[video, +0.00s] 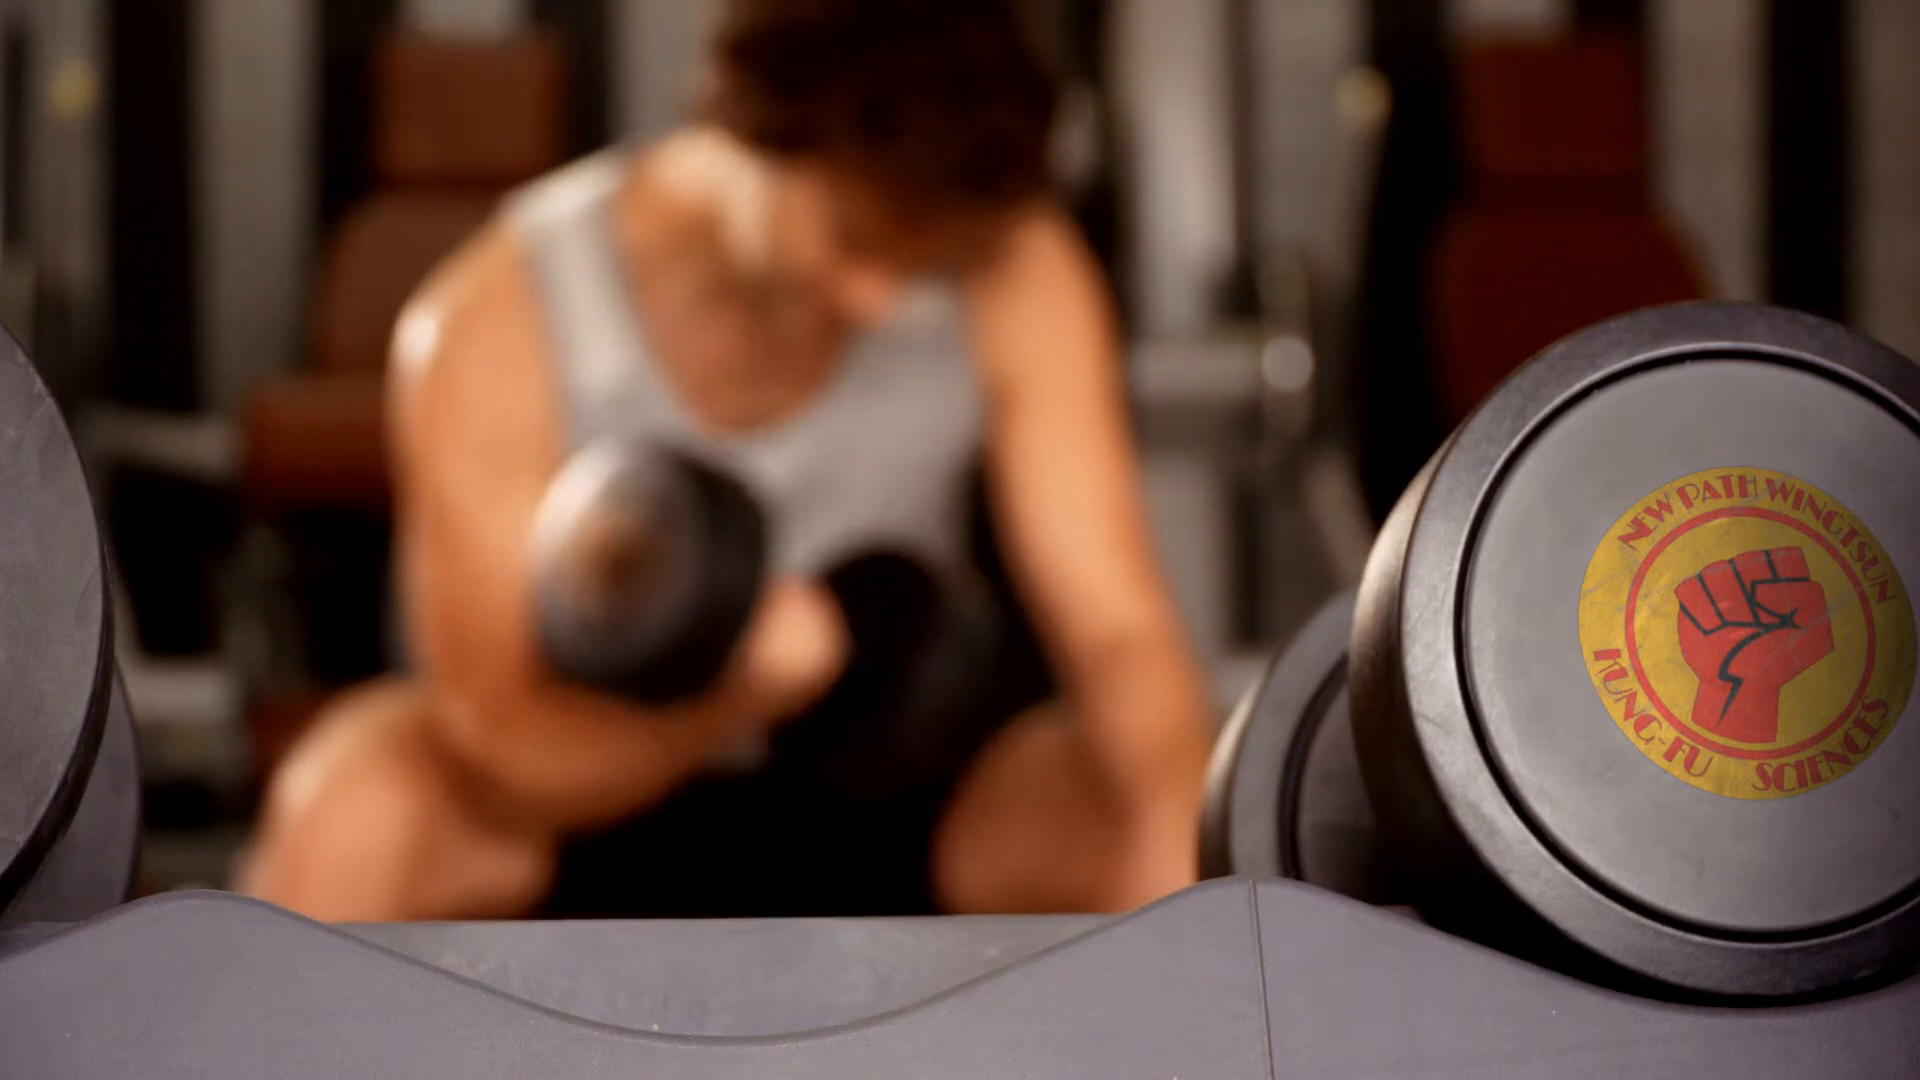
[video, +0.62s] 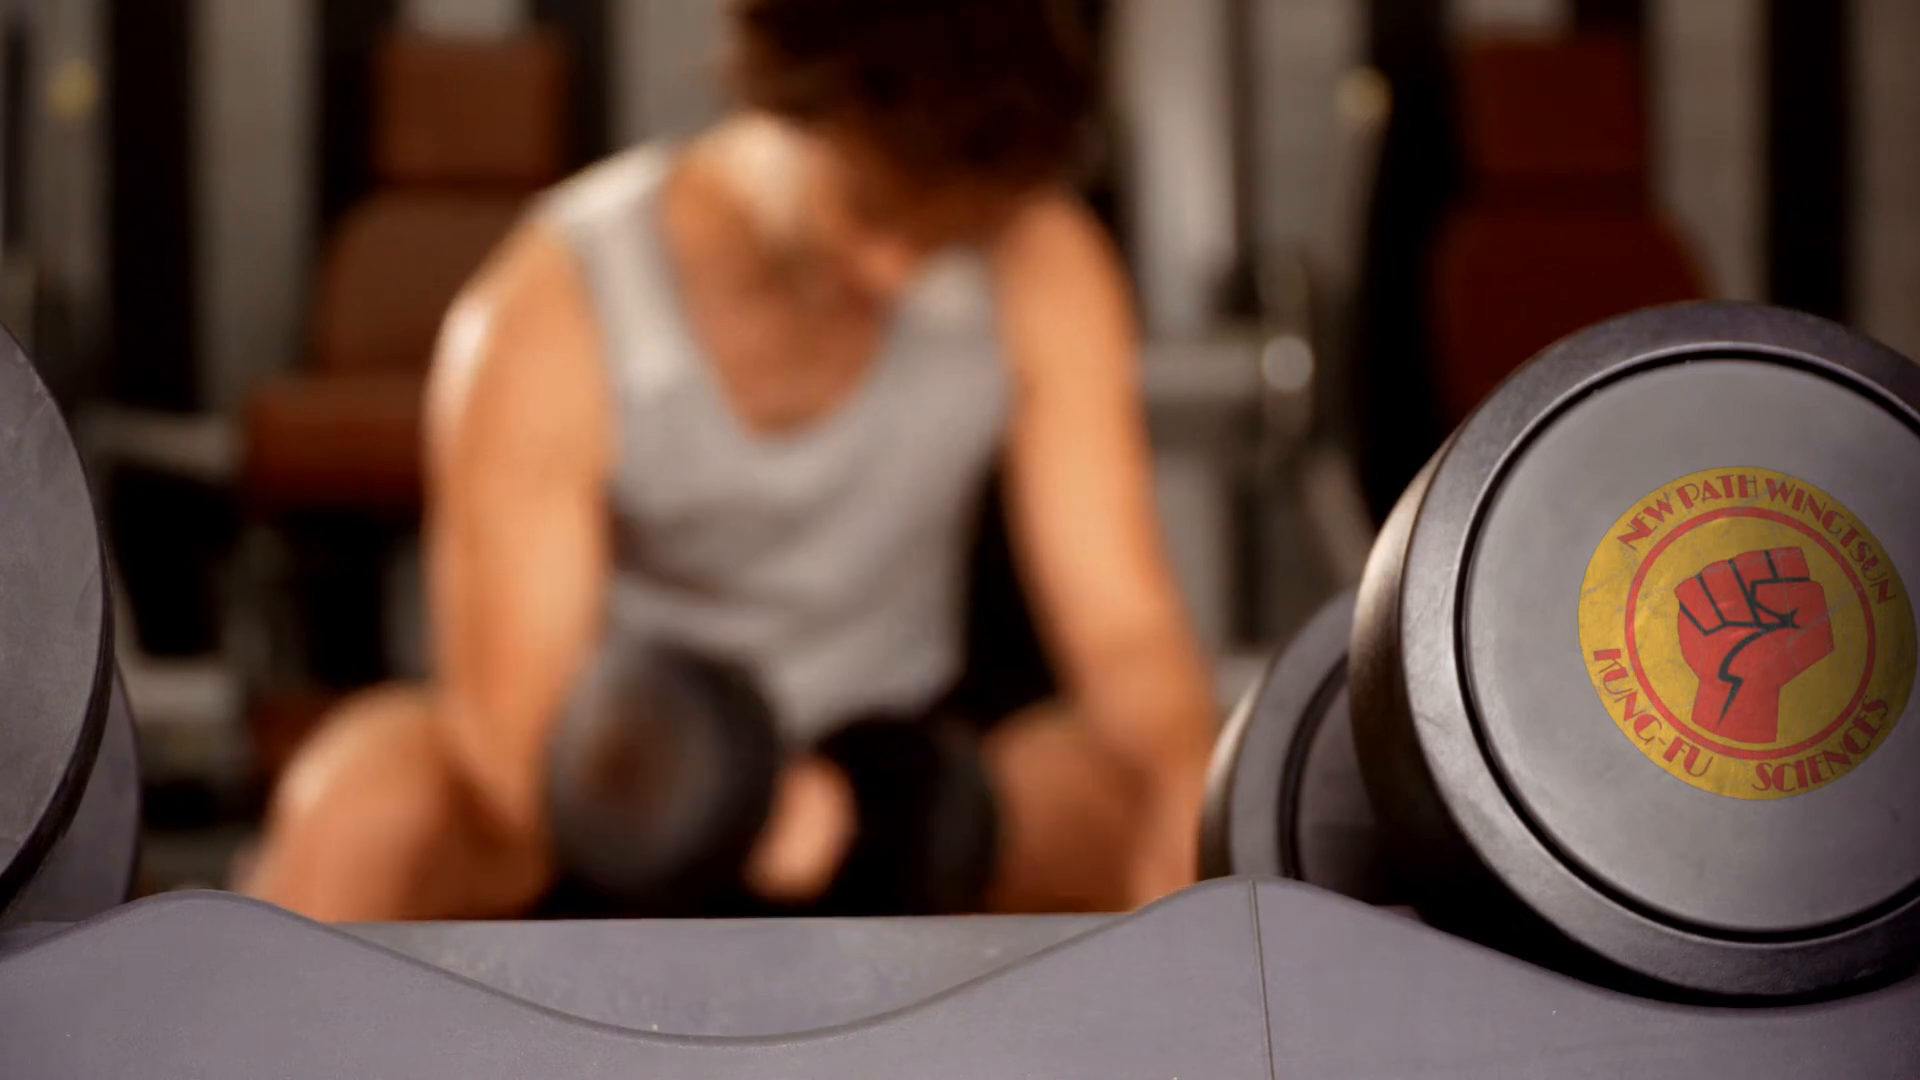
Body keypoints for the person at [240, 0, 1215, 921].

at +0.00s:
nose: (880, 303)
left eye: (922, 264)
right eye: (856, 247)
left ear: (978, 210)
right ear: (764, 147)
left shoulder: (1009, 260)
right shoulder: (492, 318)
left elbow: (1119, 634)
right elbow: (510, 748)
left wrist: (1182, 873)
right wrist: (733, 696)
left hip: (898, 782)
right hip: (599, 790)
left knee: (1170, 810)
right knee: (351, 800)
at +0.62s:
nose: (893, 270)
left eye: (942, 233)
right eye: (869, 214)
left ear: (1001, 179)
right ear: (782, 116)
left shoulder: (1033, 256)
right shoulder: (544, 314)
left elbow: (1127, 642)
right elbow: (515, 750)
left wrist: (1187, 818)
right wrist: (842, 821)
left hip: (898, 794)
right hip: (607, 797)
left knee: (1190, 793)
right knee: (361, 786)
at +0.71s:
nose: (903, 272)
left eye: (953, 232)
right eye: (877, 212)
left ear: (1010, 179)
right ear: (789, 115)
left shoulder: (1043, 257)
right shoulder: (562, 312)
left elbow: (1130, 641)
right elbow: (512, 756)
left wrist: (1204, 820)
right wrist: (729, 898)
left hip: (906, 767)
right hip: (623, 776)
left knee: (1198, 813)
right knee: (357, 796)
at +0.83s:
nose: (915, 280)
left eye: (968, 238)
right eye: (890, 218)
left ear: (1022, 190)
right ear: (799, 118)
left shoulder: (1052, 263)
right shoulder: (584, 314)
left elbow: (1135, 644)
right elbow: (520, 794)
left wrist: (1200, 822)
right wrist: (675, 1043)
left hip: (904, 782)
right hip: (625, 794)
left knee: (1193, 811)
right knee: (366, 793)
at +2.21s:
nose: (914, 238)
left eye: (962, 192)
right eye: (880, 176)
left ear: (1013, 158)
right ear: (785, 86)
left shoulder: (1043, 254)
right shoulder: (577, 308)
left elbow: (1133, 637)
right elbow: (507, 743)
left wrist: (1180, 861)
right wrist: (718, 896)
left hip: (902, 783)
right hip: (627, 794)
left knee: (1196, 789)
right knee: (369, 794)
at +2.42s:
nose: (906, 229)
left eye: (953, 181)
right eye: (871, 166)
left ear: (1006, 145)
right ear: (772, 78)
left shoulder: (1029, 255)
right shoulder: (537, 310)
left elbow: (1129, 628)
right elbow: (517, 725)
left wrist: (1189, 830)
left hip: (889, 807)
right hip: (615, 812)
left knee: (1186, 784)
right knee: (378, 778)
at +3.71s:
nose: (875, 205)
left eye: (924, 158)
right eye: (842, 145)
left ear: (981, 123)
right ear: (748, 68)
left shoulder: (1024, 253)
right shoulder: (526, 319)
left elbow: (1125, 635)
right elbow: (519, 741)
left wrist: (1167, 863)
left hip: (907, 792)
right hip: (628, 791)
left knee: (1191, 770)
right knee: (362, 789)